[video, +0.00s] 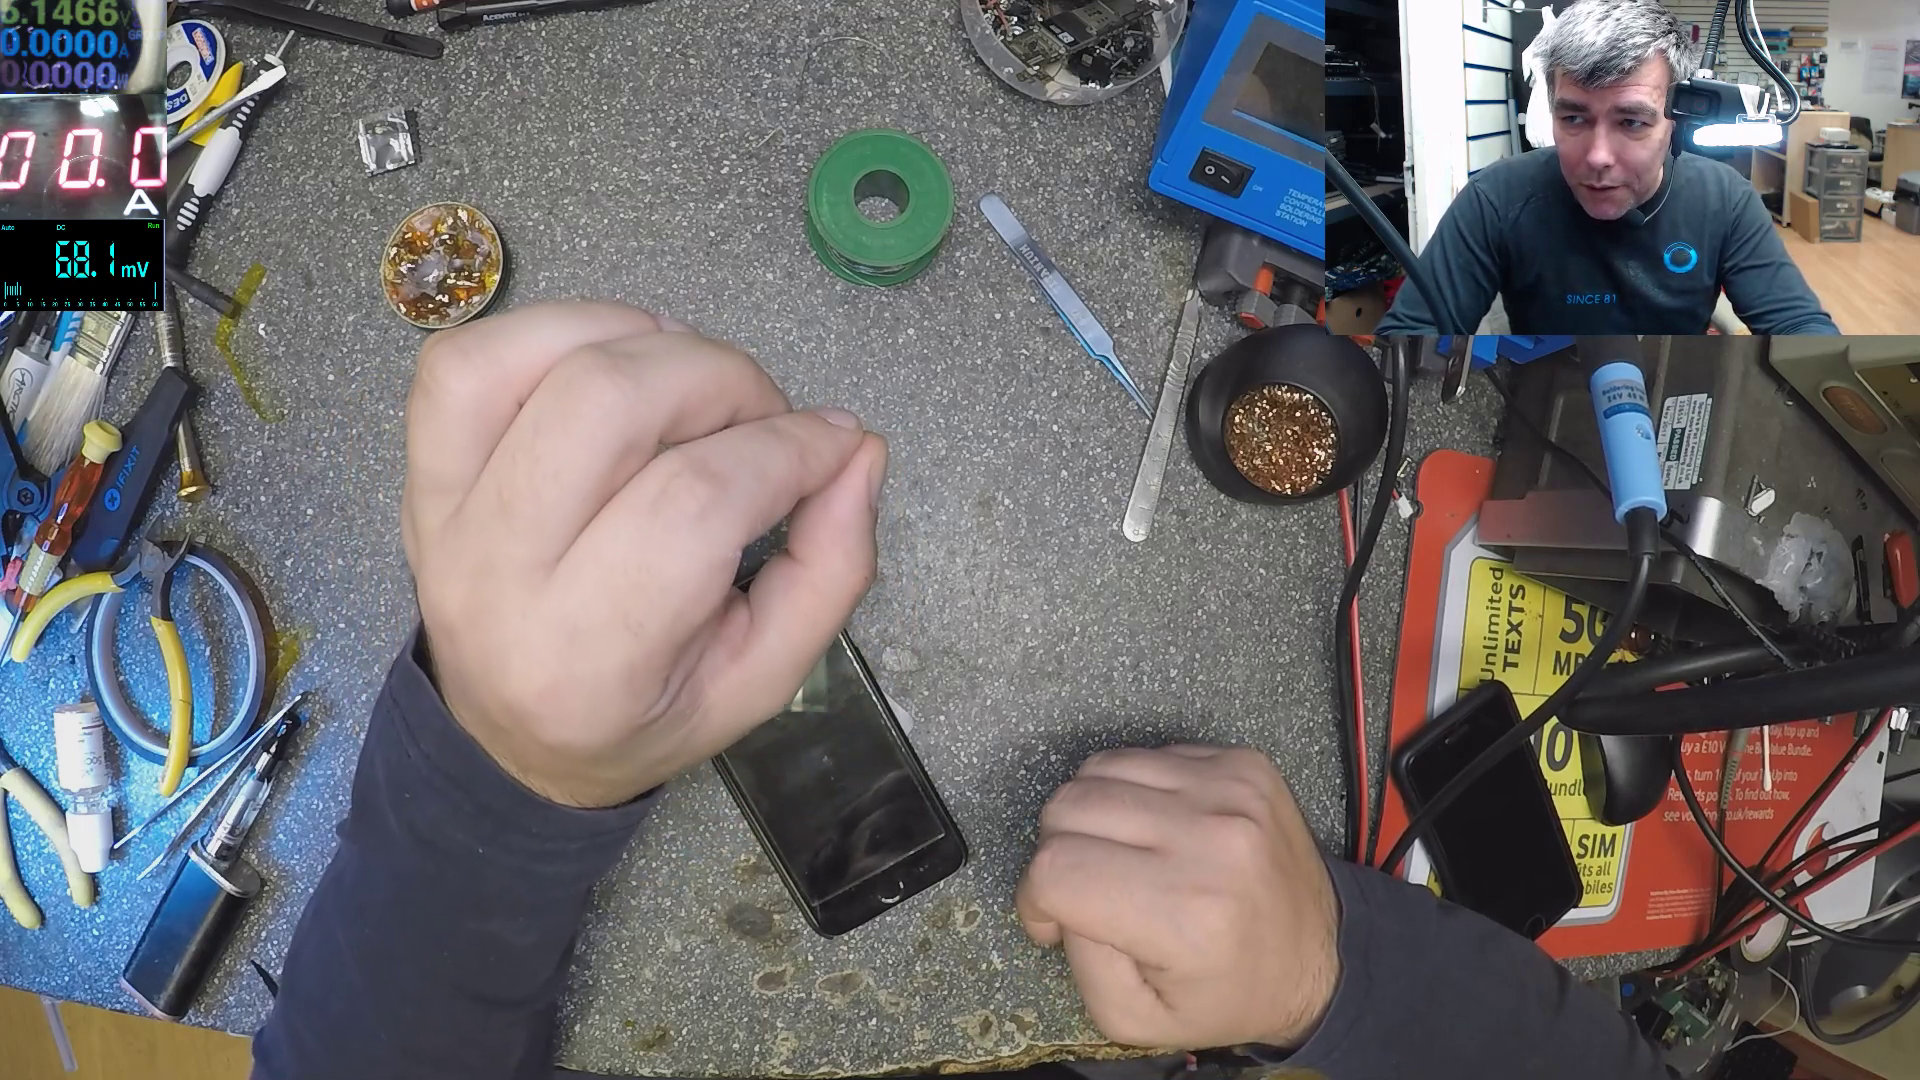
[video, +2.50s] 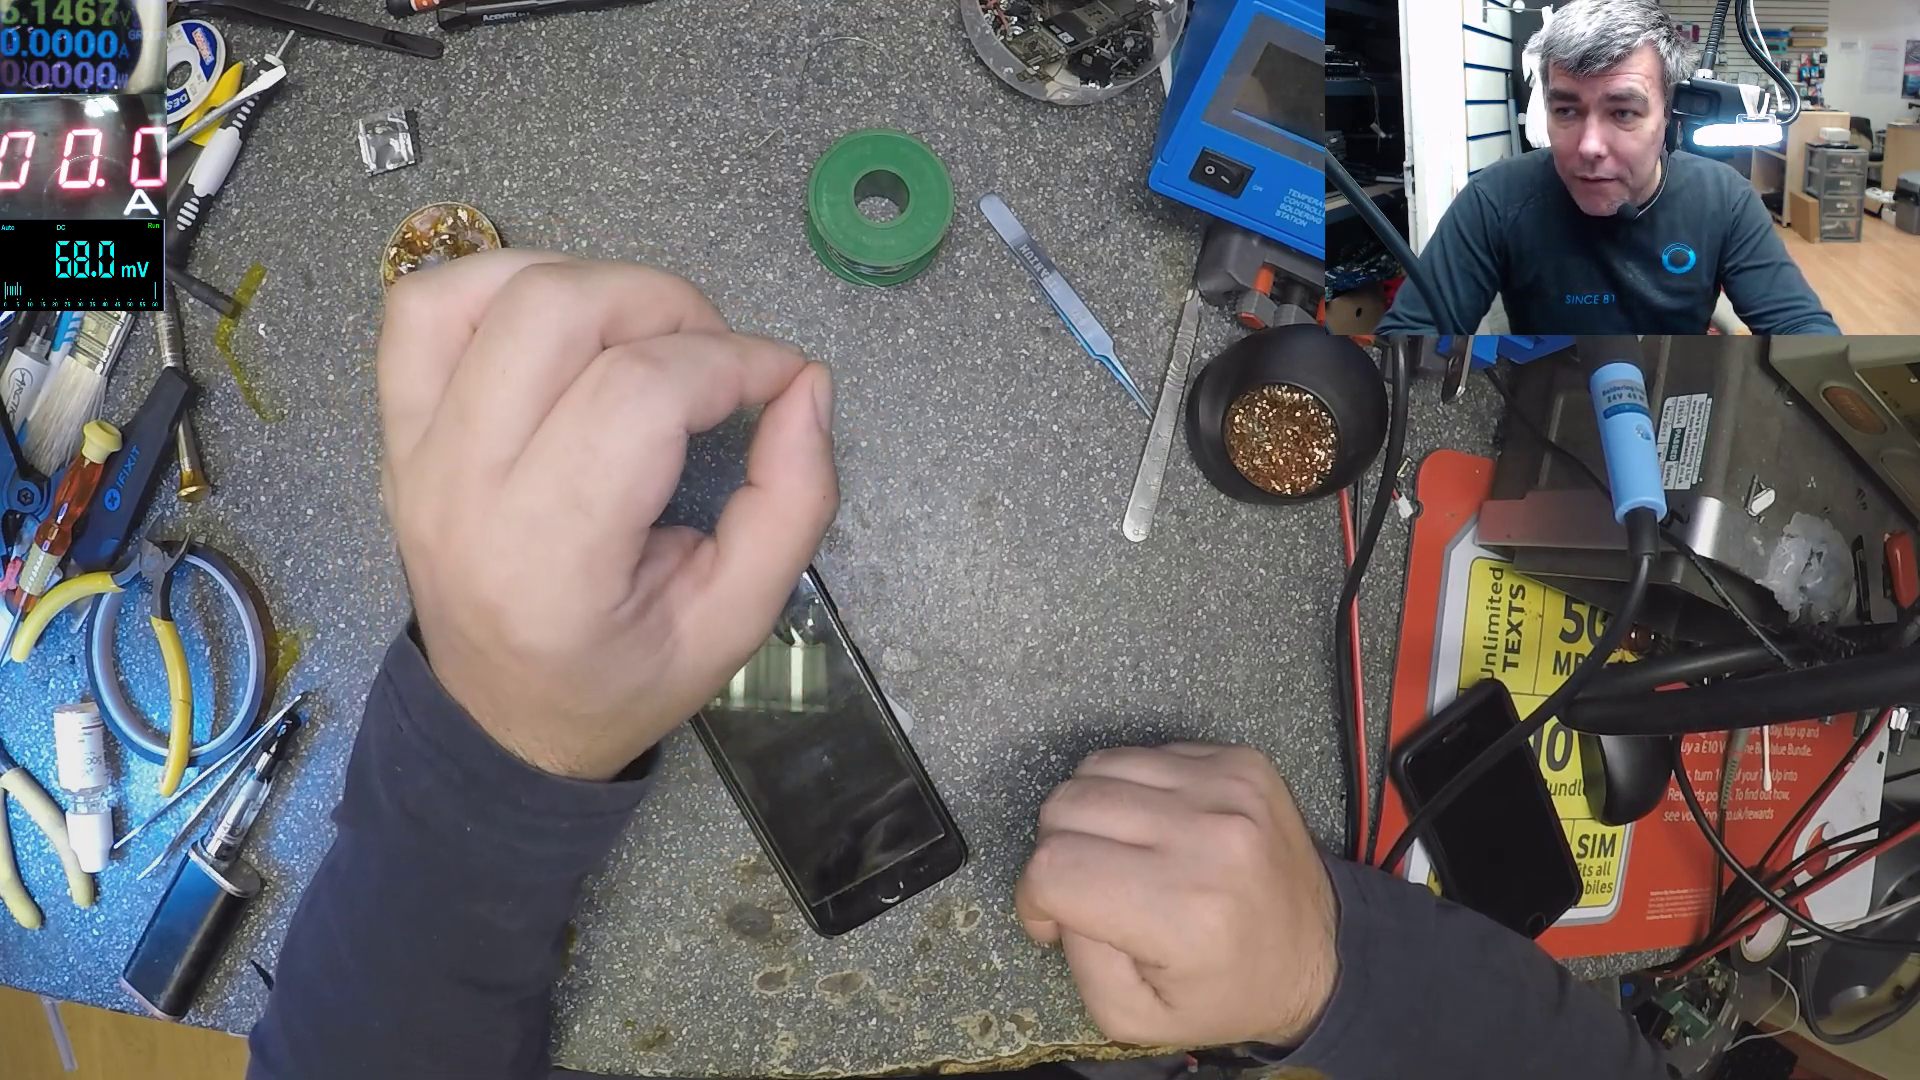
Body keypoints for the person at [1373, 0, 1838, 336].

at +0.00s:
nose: (1599, 158)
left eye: (1632, 123)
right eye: (1575, 119)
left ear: (1670, 119)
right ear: (1549, 111)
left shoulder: (1722, 201)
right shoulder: (1496, 203)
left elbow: (1802, 329)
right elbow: (1407, 338)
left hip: (1680, 421)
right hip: (1544, 421)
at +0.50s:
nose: (1606, 145)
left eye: (1636, 111)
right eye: (1579, 109)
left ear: (1670, 113)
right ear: (1550, 109)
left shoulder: (1722, 199)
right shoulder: (1495, 203)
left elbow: (1801, 327)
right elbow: (1407, 337)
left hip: (1681, 421)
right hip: (1544, 422)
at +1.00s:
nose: (1598, 141)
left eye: (1631, 107)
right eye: (1574, 104)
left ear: (1668, 110)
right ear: (1549, 107)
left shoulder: (1722, 199)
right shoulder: (1496, 203)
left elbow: (1801, 327)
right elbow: (1408, 337)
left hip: (1683, 418)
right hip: (1545, 420)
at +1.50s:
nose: (1588, 142)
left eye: (1622, 110)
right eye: (1567, 106)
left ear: (1665, 116)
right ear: (1543, 109)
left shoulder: (1720, 199)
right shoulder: (1495, 203)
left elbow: (1802, 329)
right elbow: (1407, 338)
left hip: (1680, 423)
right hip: (1544, 424)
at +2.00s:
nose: (1589, 135)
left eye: (1623, 103)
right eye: (1568, 101)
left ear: (1666, 111)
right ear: (1545, 108)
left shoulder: (1721, 200)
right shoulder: (1496, 203)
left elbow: (1802, 329)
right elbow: (1407, 337)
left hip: (1681, 419)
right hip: (1544, 420)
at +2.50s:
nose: (1590, 148)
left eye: (1624, 113)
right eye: (1567, 110)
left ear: (1666, 114)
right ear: (1543, 110)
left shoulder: (1721, 200)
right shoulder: (1496, 203)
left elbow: (1802, 329)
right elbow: (1406, 335)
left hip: (1681, 423)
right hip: (1545, 425)